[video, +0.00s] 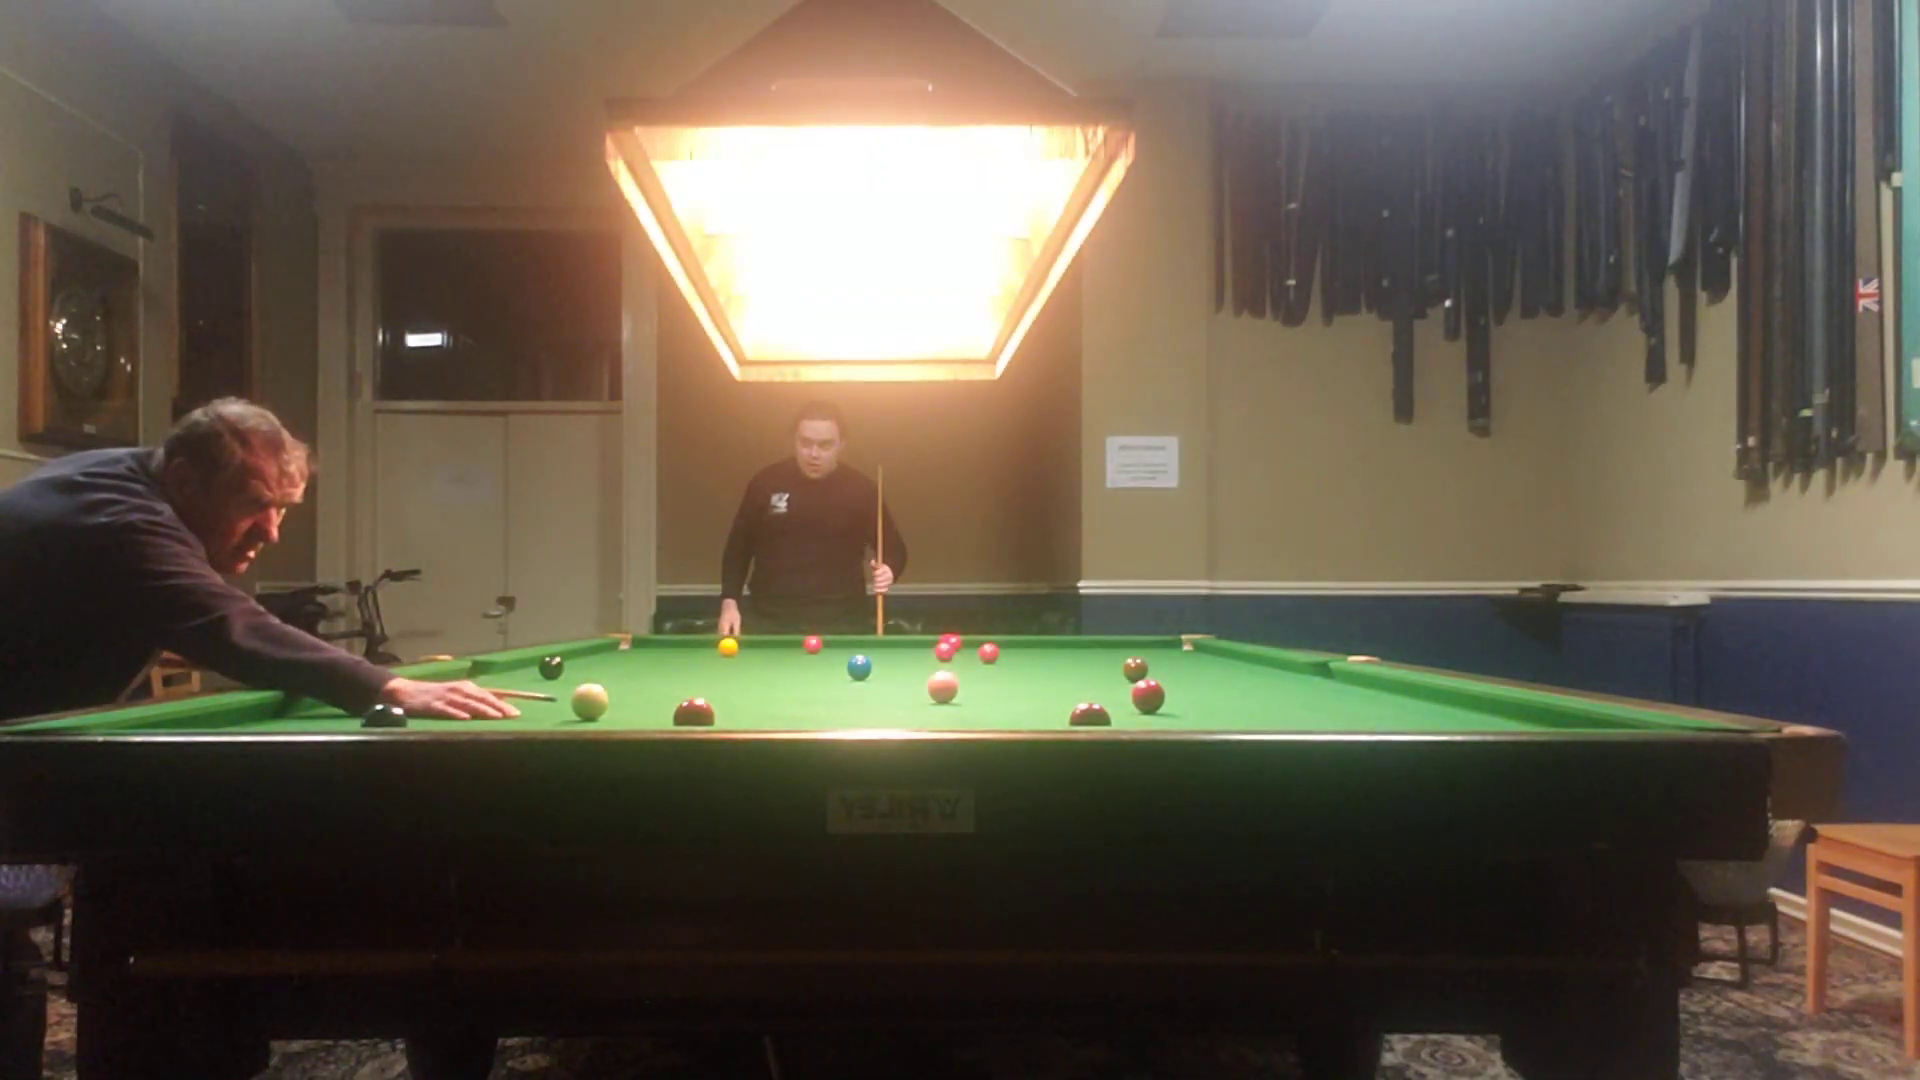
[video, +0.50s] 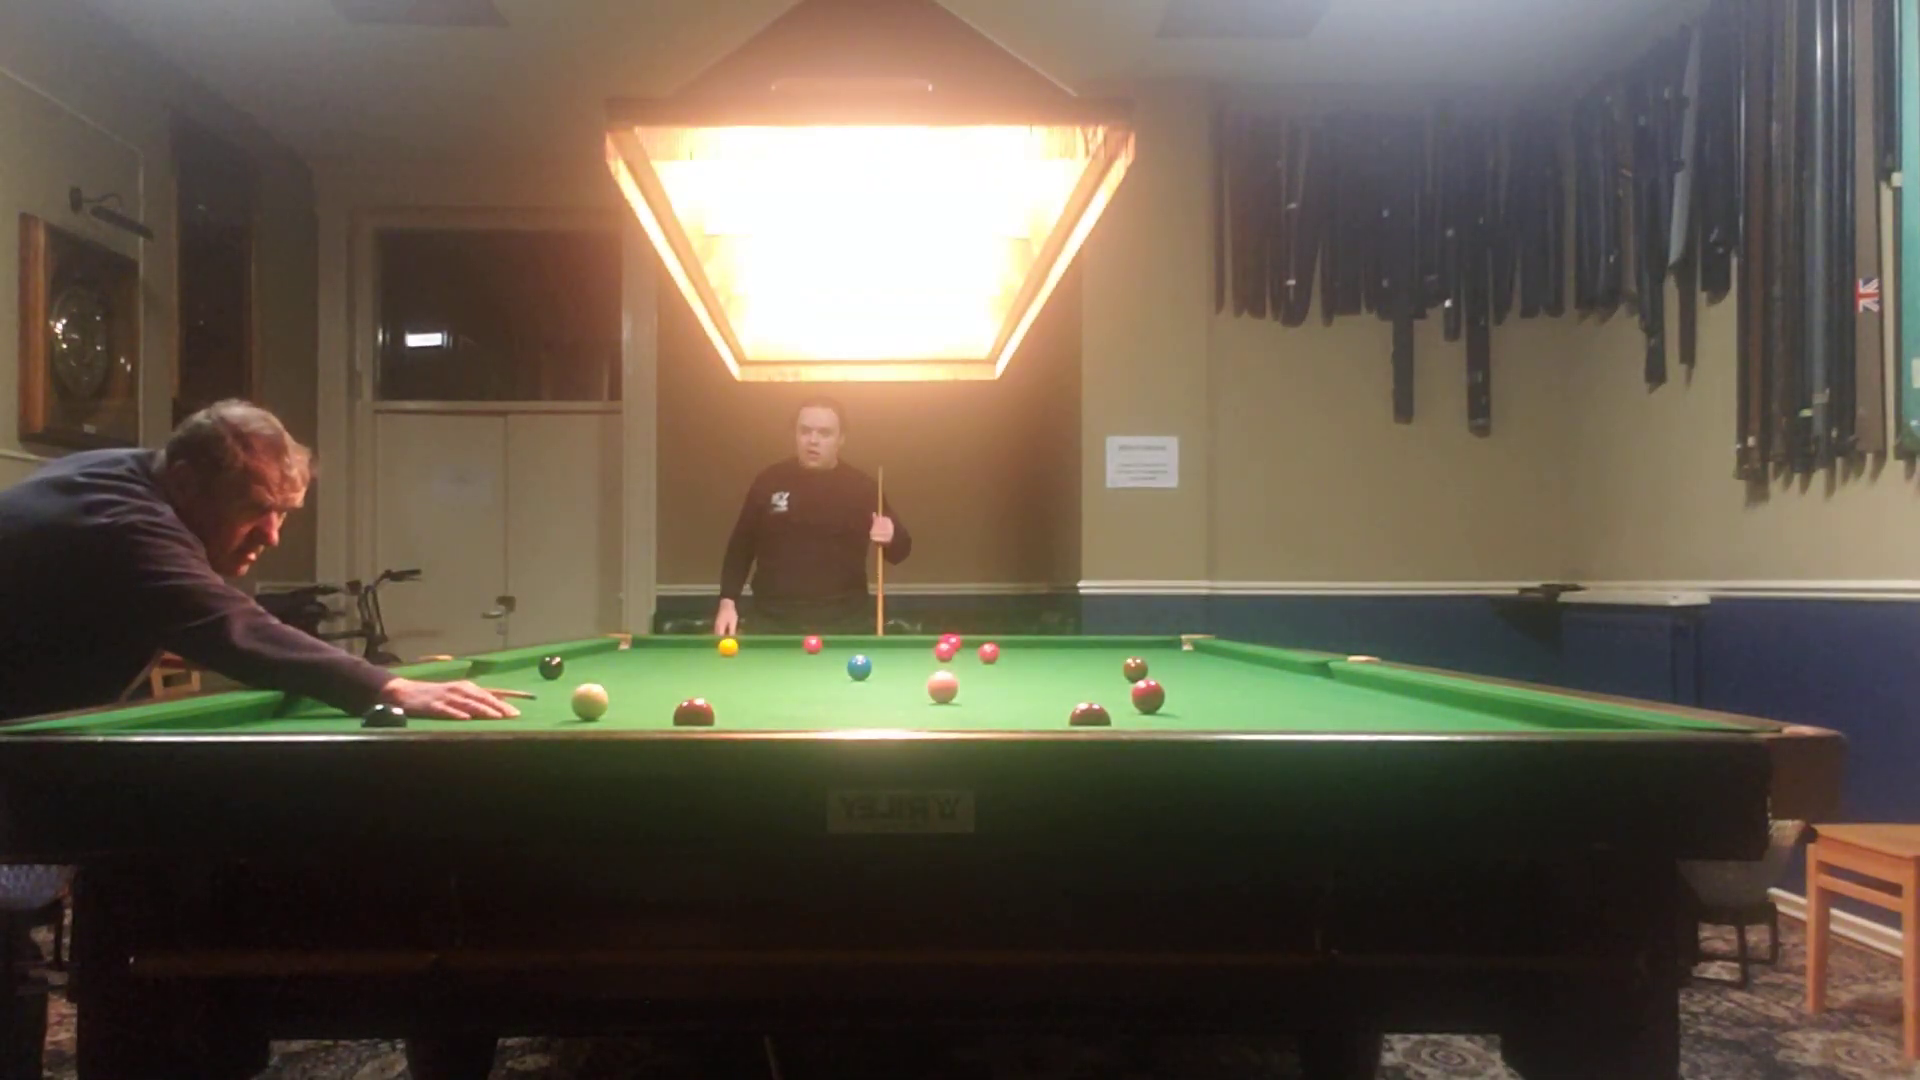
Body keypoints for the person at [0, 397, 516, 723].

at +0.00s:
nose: (271, 532)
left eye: (282, 512)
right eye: (255, 506)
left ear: (181, 476)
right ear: (184, 481)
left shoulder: (135, 473)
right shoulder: (135, 531)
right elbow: (243, 633)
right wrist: (394, 687)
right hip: (10, 720)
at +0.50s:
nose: (270, 537)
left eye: (283, 516)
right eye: (255, 510)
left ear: (183, 476)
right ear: (187, 481)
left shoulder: (134, 474)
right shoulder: (135, 531)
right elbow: (241, 632)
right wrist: (394, 687)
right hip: (11, 719)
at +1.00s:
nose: (266, 507)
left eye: (277, 488)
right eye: (250, 484)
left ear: (180, 457)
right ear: (189, 462)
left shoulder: (124, 463)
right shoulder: (134, 516)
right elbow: (244, 622)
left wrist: (144, 620)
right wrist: (386, 682)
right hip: (14, 731)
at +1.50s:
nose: (226, 420)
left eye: (236, 403)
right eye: (207, 396)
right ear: (144, 386)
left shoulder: (109, 440)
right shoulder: (86, 445)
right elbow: (154, 575)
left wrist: (120, 632)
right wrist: (296, 654)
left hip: (41, 745)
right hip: (16, 751)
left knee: (30, 945)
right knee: (24, 953)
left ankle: (27, 1061)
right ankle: (25, 1064)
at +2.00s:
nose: (169, 362)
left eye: (176, 345)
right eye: (150, 343)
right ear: (85, 343)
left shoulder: (110, 432)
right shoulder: (22, 410)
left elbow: (100, 580)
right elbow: (31, 564)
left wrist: (160, 657)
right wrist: (160, 648)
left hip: (78, 726)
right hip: (13, 730)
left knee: (58, 929)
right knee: (22, 934)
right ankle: (27, 1064)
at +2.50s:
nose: (124, 336)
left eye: (124, 318)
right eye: (103, 312)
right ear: (26, 316)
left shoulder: (46, 417)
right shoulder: (8, 410)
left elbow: (61, 574)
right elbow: (16, 561)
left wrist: (161, 658)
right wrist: (149, 654)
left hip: (48, 719)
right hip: (14, 723)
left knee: (30, 916)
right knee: (16, 919)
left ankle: (29, 1054)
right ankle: (23, 1058)